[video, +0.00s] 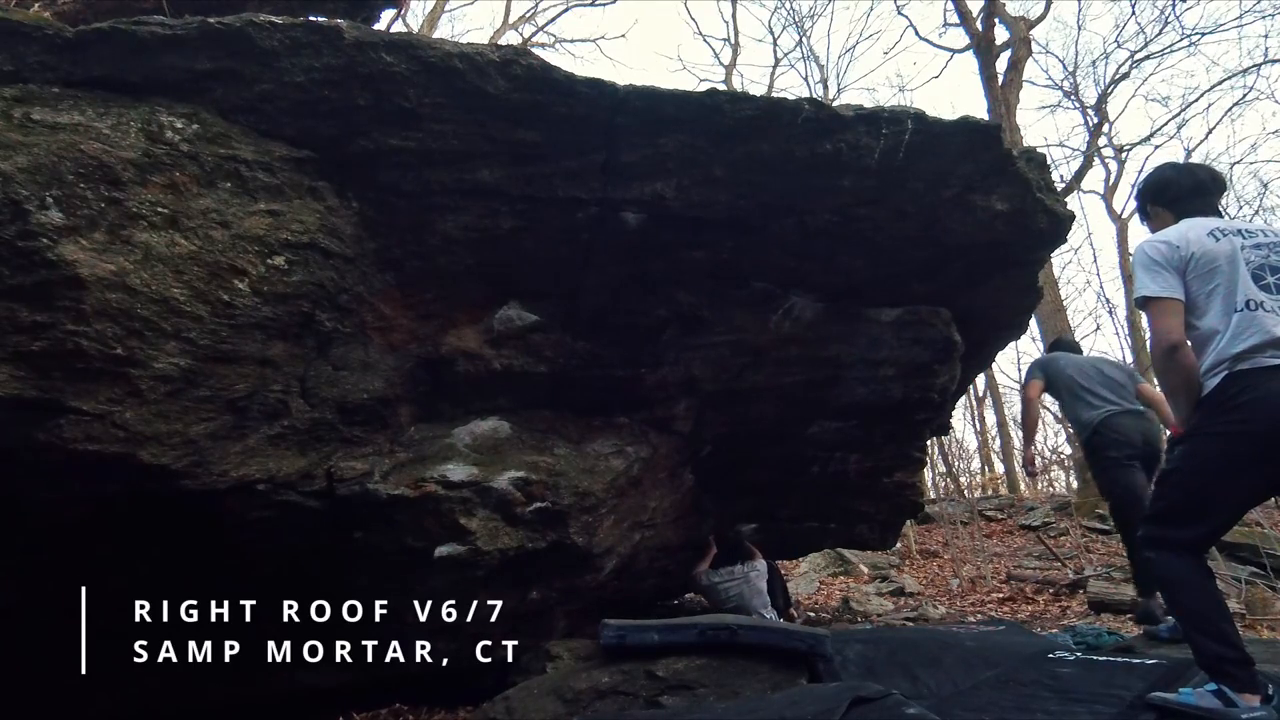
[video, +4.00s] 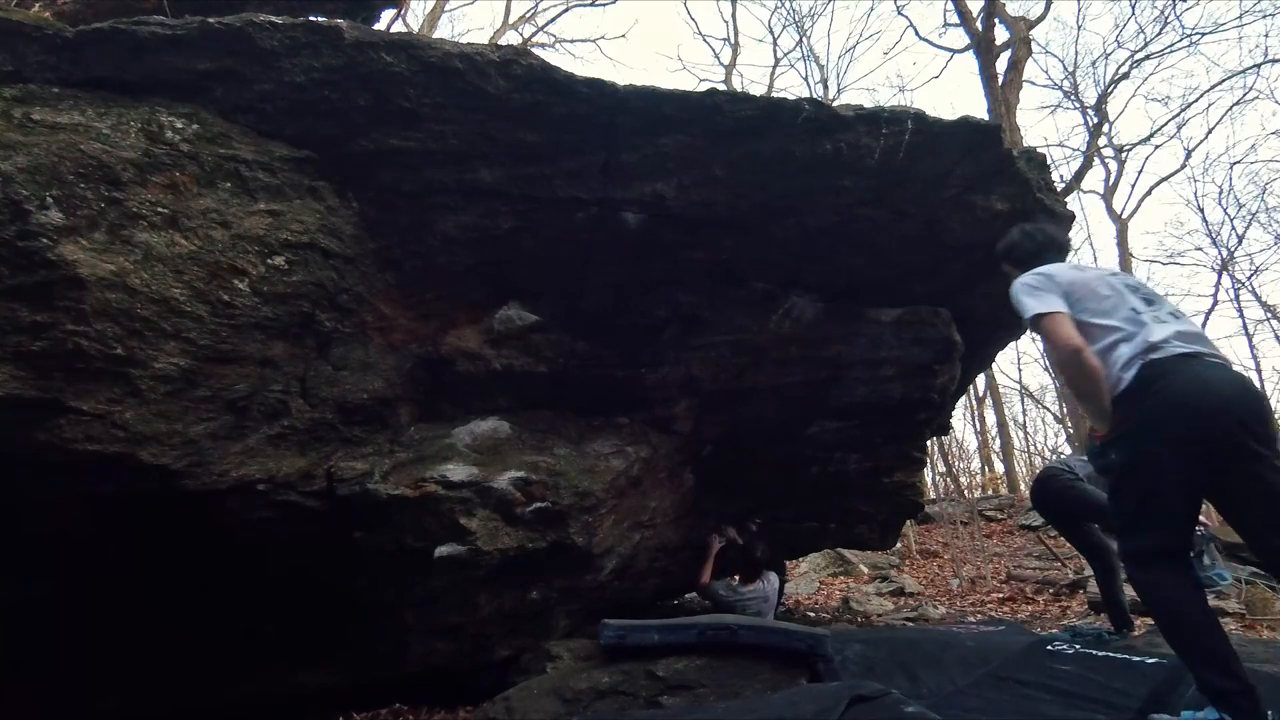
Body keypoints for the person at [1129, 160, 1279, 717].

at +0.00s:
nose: (1146, 226)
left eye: (1145, 217)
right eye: (1144, 218)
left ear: (1159, 212)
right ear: (1215, 204)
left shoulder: (1162, 245)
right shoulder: (1265, 234)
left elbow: (1171, 344)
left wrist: (1190, 424)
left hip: (1253, 393)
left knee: (1166, 537)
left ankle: (1237, 684)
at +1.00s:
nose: (1149, 229)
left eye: (1148, 219)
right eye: (1147, 220)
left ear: (1165, 211)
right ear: (1216, 207)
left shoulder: (1164, 247)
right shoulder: (1266, 237)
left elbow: (1171, 345)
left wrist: (1187, 418)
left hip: (1253, 396)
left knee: (1165, 538)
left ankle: (1236, 683)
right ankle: (1237, 681)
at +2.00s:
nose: (1146, 224)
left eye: (1150, 210)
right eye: (1141, 218)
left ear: (1192, 192)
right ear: (1200, 197)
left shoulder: (1195, 233)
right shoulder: (1258, 236)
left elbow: (1205, 334)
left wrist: (1193, 410)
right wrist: (1199, 408)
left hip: (1258, 392)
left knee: (1163, 533)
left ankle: (1235, 683)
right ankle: (1237, 680)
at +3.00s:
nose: (1125, 240)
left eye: (1124, 226)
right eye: (1120, 231)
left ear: (1148, 209)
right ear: (1170, 206)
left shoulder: (1181, 229)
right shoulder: (1237, 234)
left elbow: (1216, 314)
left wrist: (1195, 400)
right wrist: (1198, 400)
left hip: (1260, 382)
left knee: (1170, 528)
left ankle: (1237, 685)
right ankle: (1239, 682)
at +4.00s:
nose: (1008, 278)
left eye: (1007, 272)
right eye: (1007, 273)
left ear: (1015, 267)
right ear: (1060, 250)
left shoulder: (1032, 280)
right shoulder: (1117, 278)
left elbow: (1071, 349)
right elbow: (1175, 332)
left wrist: (1104, 425)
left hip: (1158, 399)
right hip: (1233, 388)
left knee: (1155, 560)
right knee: (1275, 545)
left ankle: (1235, 703)